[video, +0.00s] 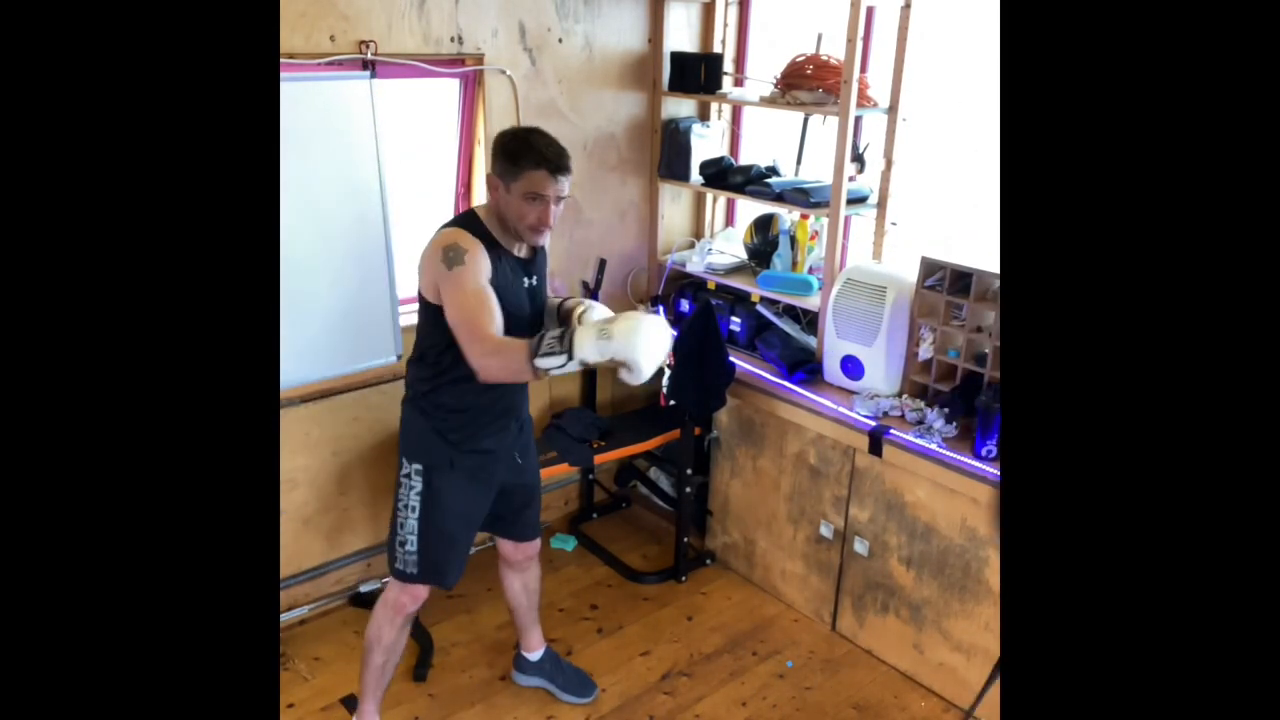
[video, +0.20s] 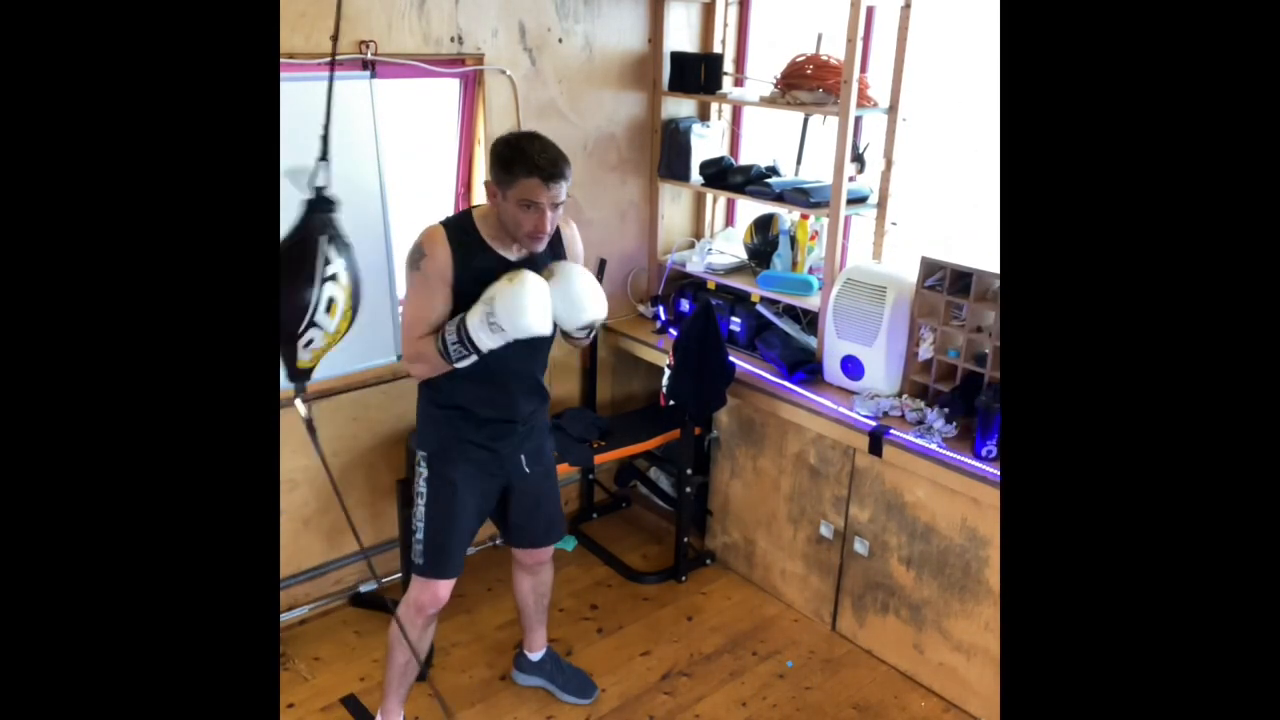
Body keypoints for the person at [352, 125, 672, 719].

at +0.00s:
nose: (548, 216)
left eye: (557, 201)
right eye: (534, 199)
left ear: (564, 196)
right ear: (494, 188)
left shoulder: (532, 243)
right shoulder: (457, 250)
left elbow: (532, 312)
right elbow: (488, 360)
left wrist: (575, 314)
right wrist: (571, 349)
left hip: (509, 427)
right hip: (444, 439)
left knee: (522, 549)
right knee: (409, 589)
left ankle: (534, 655)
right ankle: (366, 710)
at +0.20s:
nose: (545, 223)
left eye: (555, 206)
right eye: (530, 206)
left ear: (565, 198)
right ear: (493, 194)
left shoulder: (562, 235)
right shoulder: (440, 248)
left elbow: (579, 336)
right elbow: (414, 358)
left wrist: (581, 315)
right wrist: (481, 328)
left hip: (529, 432)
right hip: (454, 439)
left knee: (537, 553)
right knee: (431, 591)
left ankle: (535, 656)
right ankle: (390, 712)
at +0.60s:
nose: (465, 263)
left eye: (478, 247)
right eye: (449, 248)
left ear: (491, 232)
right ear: (413, 230)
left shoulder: (499, 261)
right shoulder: (362, 274)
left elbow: (524, 370)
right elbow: (339, 390)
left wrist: (520, 338)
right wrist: (395, 366)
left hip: (467, 452)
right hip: (387, 463)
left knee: (509, 573)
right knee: (355, 616)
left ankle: (531, 660)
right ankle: (325, 716)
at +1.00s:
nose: (464, 230)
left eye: (470, 212)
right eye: (446, 216)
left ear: (477, 204)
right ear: (400, 214)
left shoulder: (499, 258)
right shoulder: (359, 267)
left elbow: (546, 353)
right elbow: (334, 384)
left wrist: (520, 399)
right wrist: (338, 359)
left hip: (487, 451)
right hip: (402, 459)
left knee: (530, 577)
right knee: (363, 614)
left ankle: (535, 659)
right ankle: (333, 713)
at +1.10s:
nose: (515, 224)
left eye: (519, 207)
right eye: (500, 207)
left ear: (522, 202)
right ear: (453, 202)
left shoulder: (511, 247)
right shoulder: (398, 262)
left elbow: (534, 323)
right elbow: (418, 378)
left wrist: (536, 372)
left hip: (495, 442)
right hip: (421, 457)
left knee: (527, 564)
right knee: (374, 613)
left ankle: (535, 658)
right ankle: (336, 712)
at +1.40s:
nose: (484, 226)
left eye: (498, 209)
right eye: (468, 209)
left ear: (513, 201)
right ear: (441, 198)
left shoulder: (513, 248)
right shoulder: (402, 264)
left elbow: (534, 353)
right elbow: (396, 387)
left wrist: (542, 326)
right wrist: (486, 403)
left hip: (494, 432)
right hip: (419, 440)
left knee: (526, 562)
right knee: (389, 620)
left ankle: (534, 657)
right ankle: (350, 714)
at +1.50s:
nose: (431, 233)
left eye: (447, 215)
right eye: (415, 215)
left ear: (474, 204)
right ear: (399, 206)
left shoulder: (506, 251)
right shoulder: (373, 257)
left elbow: (534, 359)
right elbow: (351, 364)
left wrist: (481, 328)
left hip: (492, 448)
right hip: (409, 454)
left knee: (530, 577)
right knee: (377, 621)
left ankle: (534, 659)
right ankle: (347, 713)